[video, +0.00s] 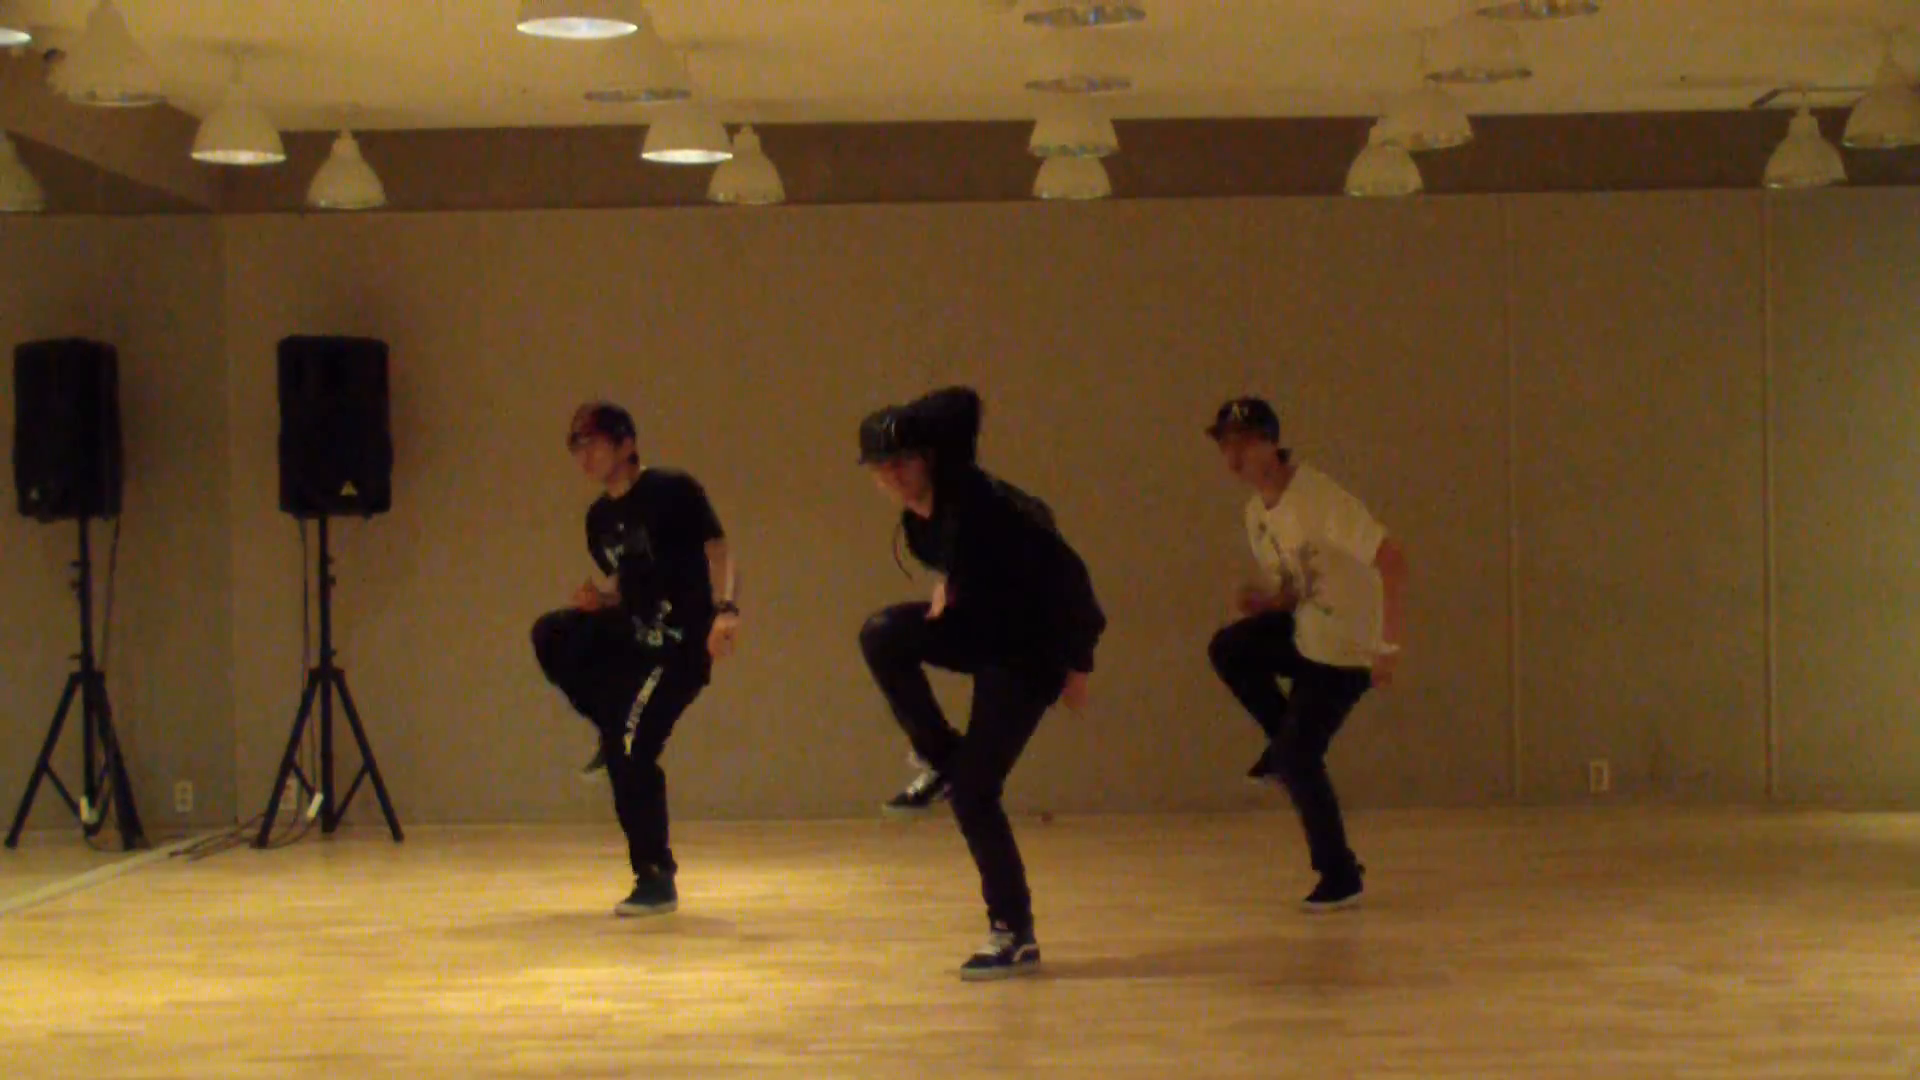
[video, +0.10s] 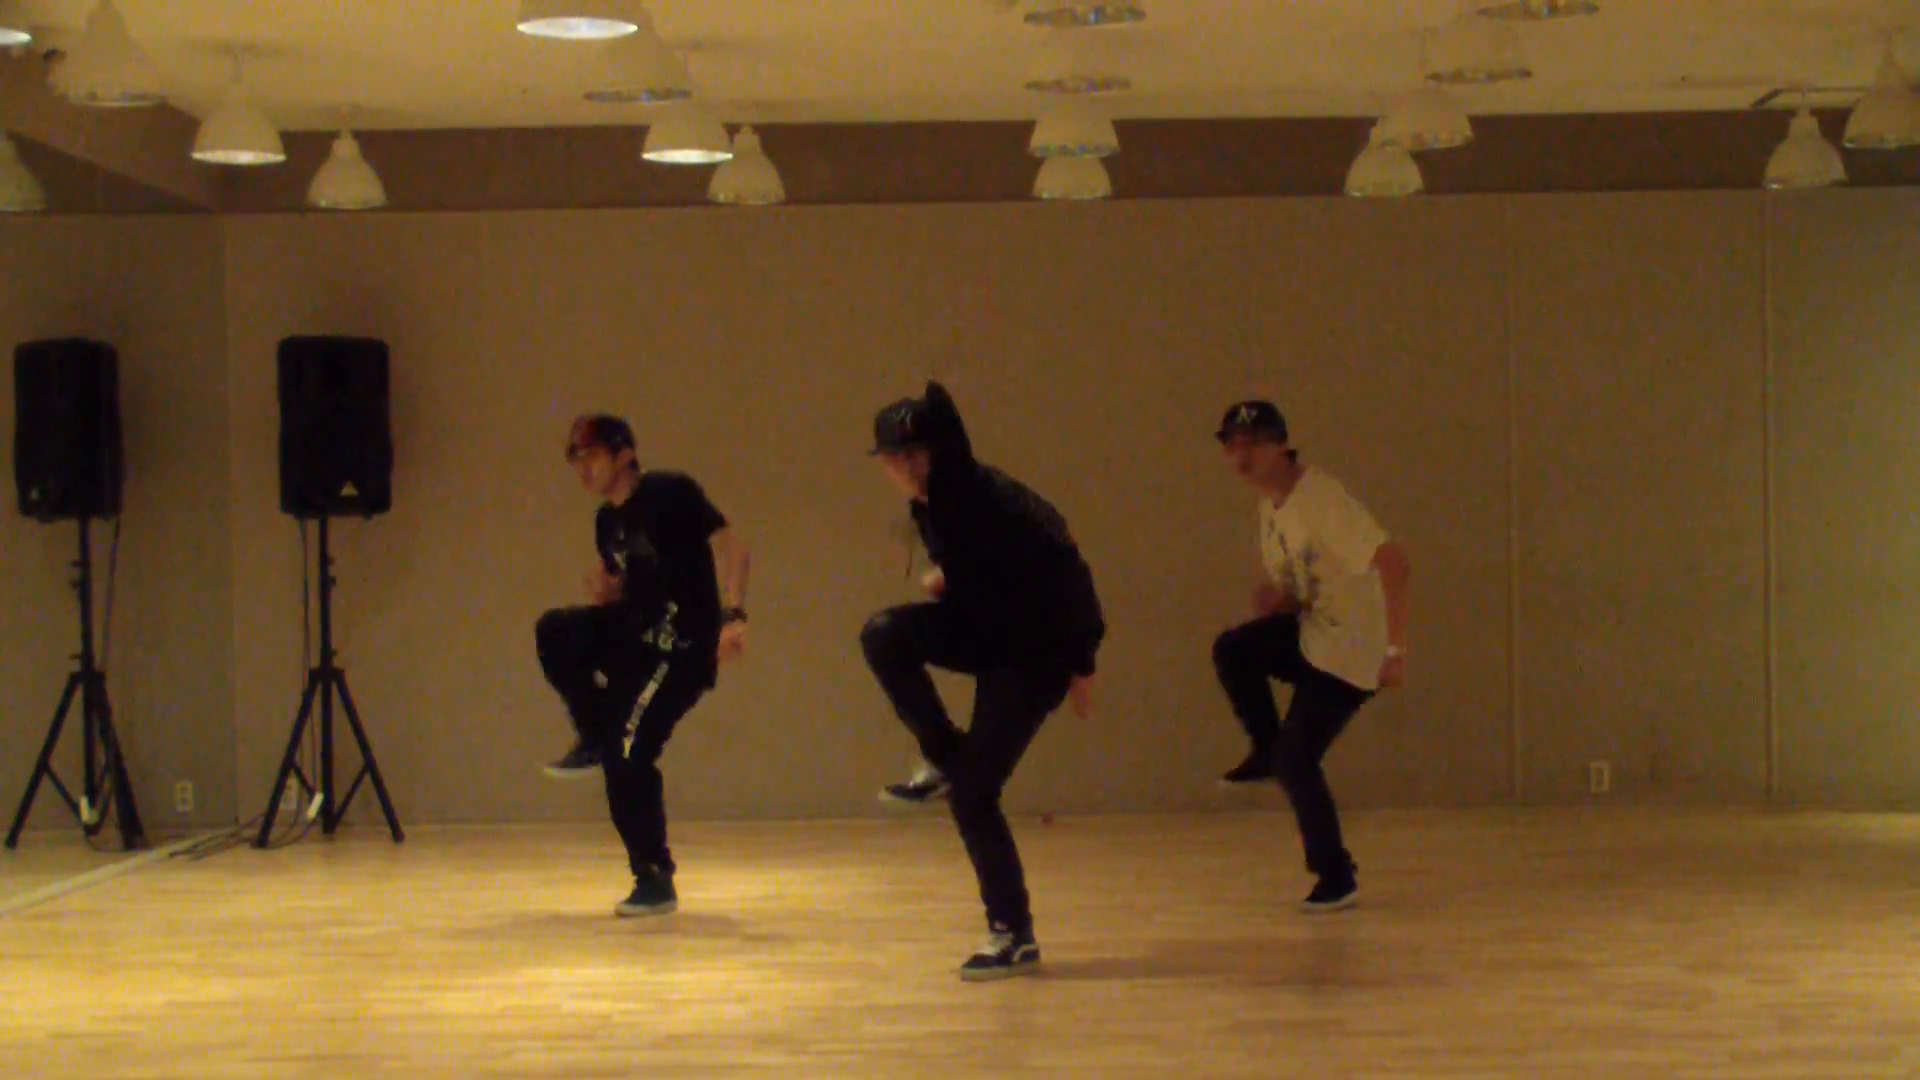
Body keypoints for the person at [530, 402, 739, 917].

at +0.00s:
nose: (581, 455)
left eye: (589, 444)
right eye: (576, 446)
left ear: (624, 445)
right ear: (579, 455)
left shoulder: (674, 490)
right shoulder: (601, 517)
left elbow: (717, 548)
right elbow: (622, 585)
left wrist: (725, 608)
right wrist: (600, 596)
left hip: (681, 640)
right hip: (632, 633)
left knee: (630, 745)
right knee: (553, 633)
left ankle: (655, 875)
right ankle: (614, 729)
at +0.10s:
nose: (582, 469)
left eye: (591, 458)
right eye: (578, 460)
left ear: (624, 456)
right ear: (578, 466)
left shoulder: (673, 492)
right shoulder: (608, 518)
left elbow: (731, 545)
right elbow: (627, 587)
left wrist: (735, 614)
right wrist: (605, 591)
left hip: (684, 643)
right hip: (638, 633)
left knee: (627, 746)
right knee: (557, 631)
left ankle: (654, 876)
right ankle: (597, 735)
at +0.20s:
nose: (589, 481)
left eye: (596, 469)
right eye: (584, 473)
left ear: (630, 465)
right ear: (594, 478)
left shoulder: (666, 486)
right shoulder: (637, 535)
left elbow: (736, 522)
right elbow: (603, 608)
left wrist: (741, 600)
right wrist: (581, 583)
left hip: (695, 648)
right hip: (648, 638)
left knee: (629, 758)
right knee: (553, 648)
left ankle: (654, 878)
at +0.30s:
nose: (601, 490)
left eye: (607, 477)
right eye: (597, 480)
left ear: (640, 472)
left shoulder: (673, 486)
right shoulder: (645, 551)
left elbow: (751, 506)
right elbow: (599, 616)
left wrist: (745, 582)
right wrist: (548, 579)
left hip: (706, 656)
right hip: (662, 649)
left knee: (629, 760)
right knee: (570, 686)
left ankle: (654, 878)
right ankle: (460, 729)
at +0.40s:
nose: (612, 498)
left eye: (618, 485)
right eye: (606, 489)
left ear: (650, 479)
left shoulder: (685, 491)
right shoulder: (658, 558)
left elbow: (761, 509)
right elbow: (603, 627)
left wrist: (749, 588)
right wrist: (547, 589)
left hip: (711, 662)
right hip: (671, 653)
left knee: (629, 763)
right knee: (599, 704)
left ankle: (655, 879)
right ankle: (513, 751)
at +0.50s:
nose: (620, 497)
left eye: (628, 484)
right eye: (616, 488)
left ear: (661, 480)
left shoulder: (691, 494)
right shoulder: (664, 562)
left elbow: (769, 509)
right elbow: (613, 634)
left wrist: (755, 585)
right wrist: (551, 598)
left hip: (722, 665)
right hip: (689, 660)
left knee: (637, 762)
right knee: (636, 719)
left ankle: (656, 878)